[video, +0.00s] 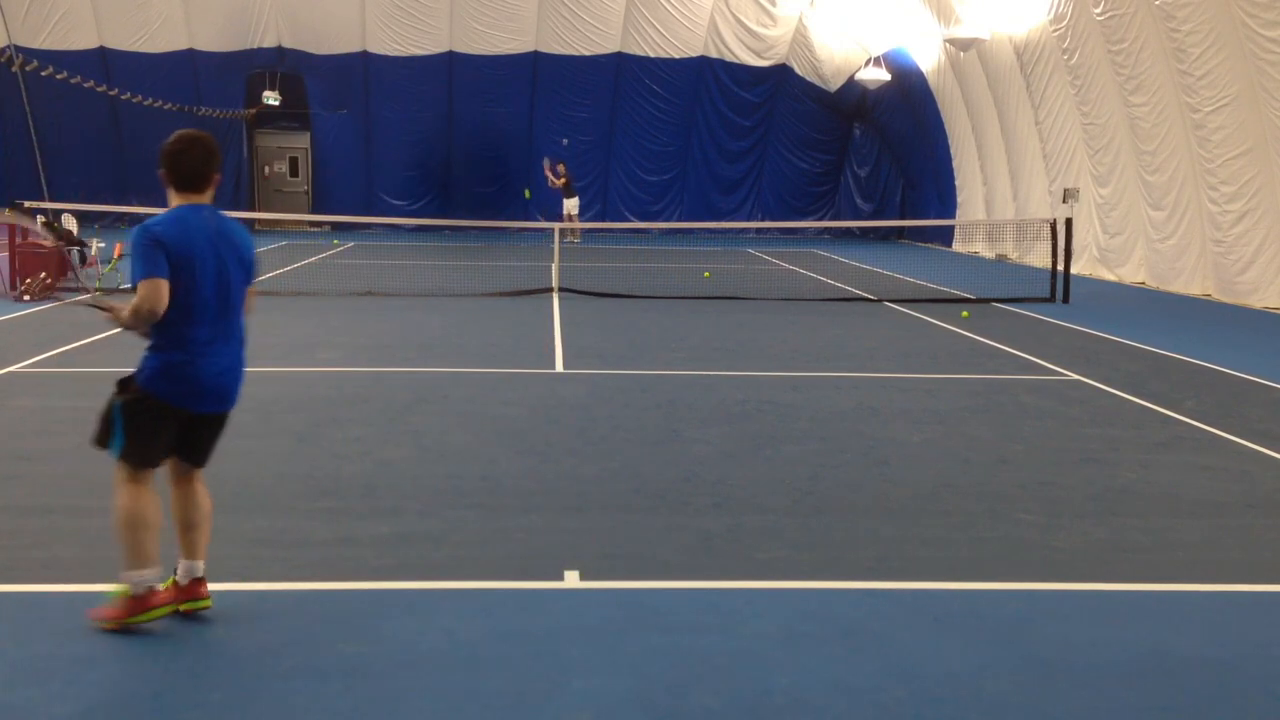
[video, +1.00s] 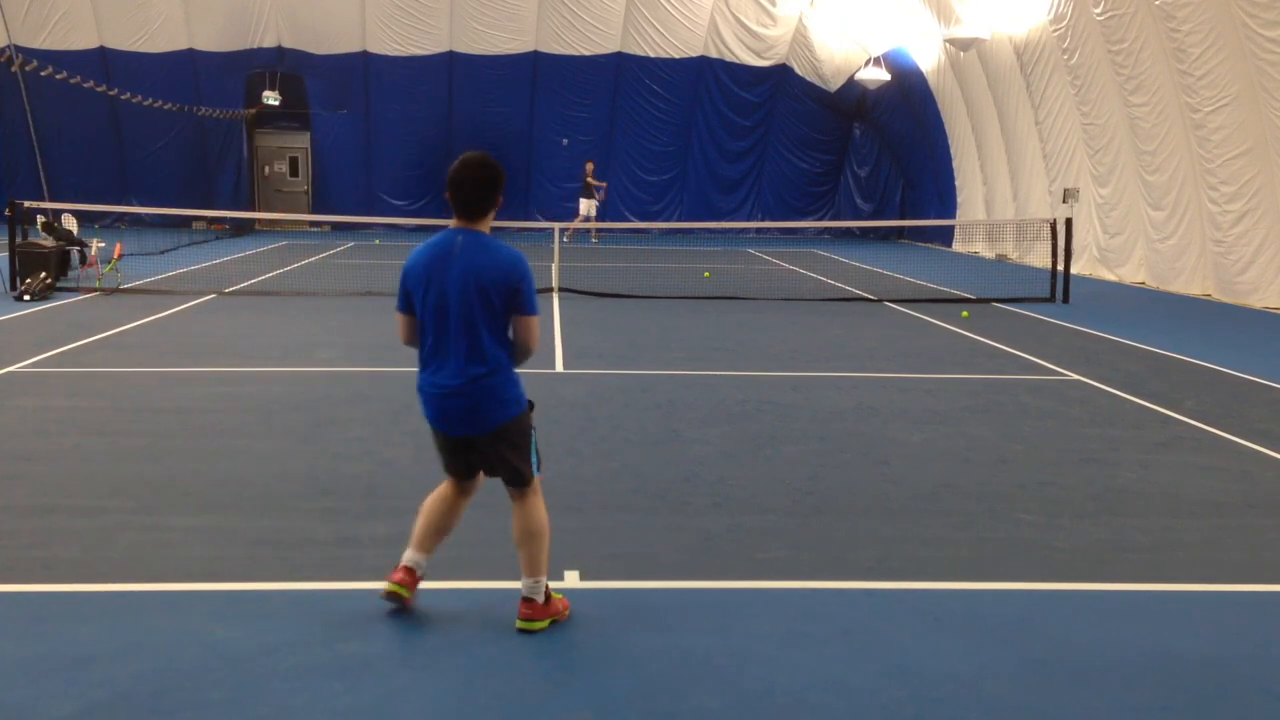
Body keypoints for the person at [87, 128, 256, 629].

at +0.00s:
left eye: (164, 172)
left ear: (164, 177)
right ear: (216, 179)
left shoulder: (155, 232)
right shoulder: (238, 235)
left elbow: (154, 302)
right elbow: (243, 306)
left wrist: (129, 317)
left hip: (169, 379)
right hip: (223, 382)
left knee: (134, 473)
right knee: (187, 471)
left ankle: (143, 586)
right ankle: (192, 580)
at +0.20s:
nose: (267, 175)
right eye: (266, 168)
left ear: (214, 174)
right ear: (265, 174)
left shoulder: (188, 232)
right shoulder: (289, 234)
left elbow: (160, 307)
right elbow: (310, 309)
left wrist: (198, 325)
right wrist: (269, 316)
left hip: (216, 382)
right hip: (278, 382)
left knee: (212, 488)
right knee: (270, 469)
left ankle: (214, 606)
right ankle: (282, 582)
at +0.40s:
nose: (344, 188)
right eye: (345, 182)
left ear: (295, 184)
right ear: (344, 187)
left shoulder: (267, 241)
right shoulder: (366, 247)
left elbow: (246, 316)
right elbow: (383, 323)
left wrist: (291, 328)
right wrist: (342, 334)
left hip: (280, 390)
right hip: (346, 391)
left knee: (251, 494)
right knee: (376, 483)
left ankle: (219, 604)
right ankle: (405, 587)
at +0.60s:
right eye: (406, 155)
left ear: (359, 158)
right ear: (408, 161)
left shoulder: (334, 219)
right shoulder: (431, 221)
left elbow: (313, 294)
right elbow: (448, 296)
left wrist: (356, 302)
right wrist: (414, 317)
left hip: (348, 365)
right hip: (411, 367)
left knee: (332, 466)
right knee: (418, 468)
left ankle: (314, 575)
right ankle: (419, 575)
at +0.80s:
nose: (456, 176)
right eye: (459, 169)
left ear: (410, 171)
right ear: (458, 174)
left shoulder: (379, 230)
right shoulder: (473, 235)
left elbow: (362, 305)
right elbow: (488, 315)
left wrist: (404, 317)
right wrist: (458, 331)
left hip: (394, 379)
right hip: (455, 380)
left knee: (394, 479)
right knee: (489, 473)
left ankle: (383, 589)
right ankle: (521, 577)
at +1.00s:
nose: (496, 202)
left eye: (456, 191)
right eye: (497, 196)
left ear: (448, 198)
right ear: (498, 202)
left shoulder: (420, 259)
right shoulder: (509, 262)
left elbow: (408, 334)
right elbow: (526, 343)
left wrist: (451, 337)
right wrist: (499, 358)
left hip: (440, 400)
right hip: (497, 399)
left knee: (460, 480)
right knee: (525, 489)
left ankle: (407, 571)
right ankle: (536, 598)